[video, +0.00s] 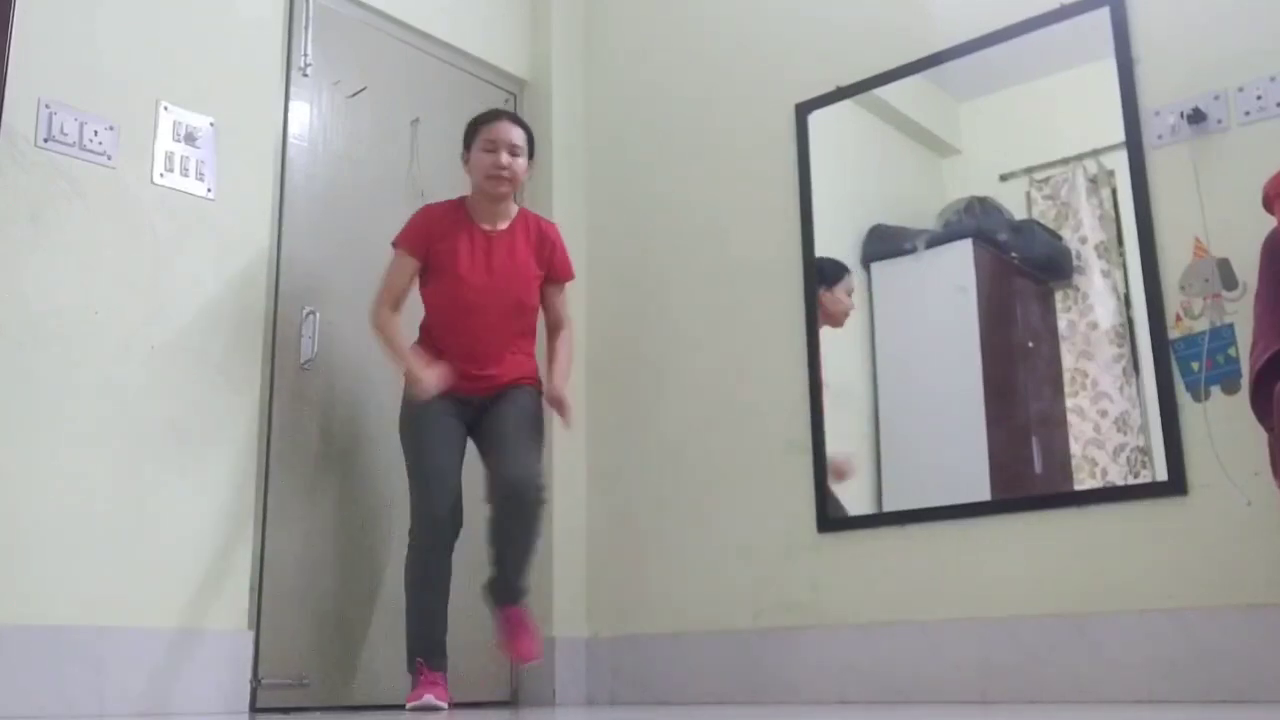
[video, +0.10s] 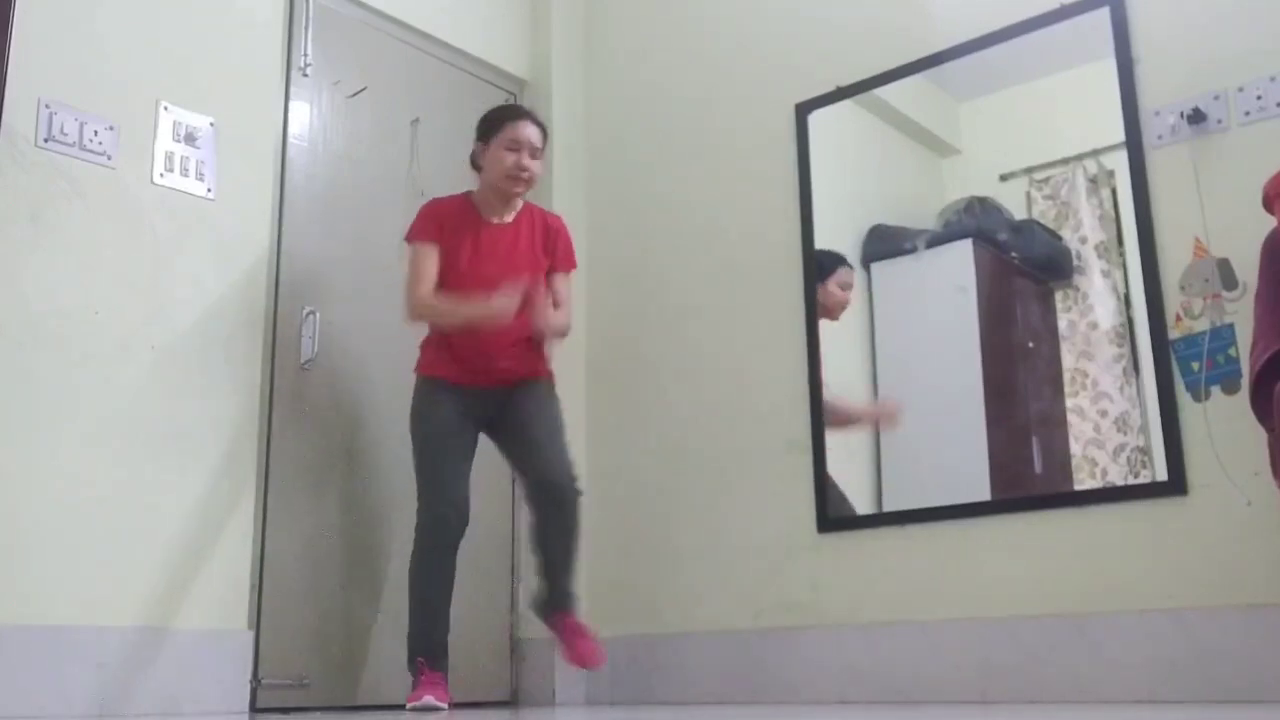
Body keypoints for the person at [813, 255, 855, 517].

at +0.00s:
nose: (852, 305)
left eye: (851, 295)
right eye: (847, 294)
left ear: (825, 295)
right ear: (823, 294)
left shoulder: (809, 340)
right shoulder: (803, 342)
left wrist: (823, 463)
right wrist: (824, 464)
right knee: (838, 520)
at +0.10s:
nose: (849, 298)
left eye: (850, 290)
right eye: (843, 288)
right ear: (817, 286)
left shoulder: (809, 327)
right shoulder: (805, 328)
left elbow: (816, 410)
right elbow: (816, 407)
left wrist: (868, 414)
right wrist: (869, 414)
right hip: (797, 461)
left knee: (846, 520)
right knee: (845, 519)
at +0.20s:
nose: (849, 288)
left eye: (853, 281)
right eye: (843, 277)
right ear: (816, 272)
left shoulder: (816, 315)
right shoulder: (805, 313)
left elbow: (841, 392)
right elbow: (830, 379)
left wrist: (887, 363)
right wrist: (887, 361)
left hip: (809, 454)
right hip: (795, 455)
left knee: (835, 521)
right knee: (833, 520)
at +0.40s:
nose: (863, 280)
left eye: (868, 273)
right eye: (854, 269)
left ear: (872, 275)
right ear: (825, 268)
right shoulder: (820, 296)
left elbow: (866, 385)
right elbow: (865, 360)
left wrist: (915, 352)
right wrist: (921, 342)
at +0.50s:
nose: (874, 277)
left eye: (879, 270)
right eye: (865, 265)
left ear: (883, 272)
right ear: (837, 264)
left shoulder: (829, 301)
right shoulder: (832, 291)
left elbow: (854, 393)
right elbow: (862, 365)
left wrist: (917, 401)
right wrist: (927, 394)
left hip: (814, 441)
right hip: (805, 441)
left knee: (836, 528)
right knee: (835, 528)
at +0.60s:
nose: (883, 276)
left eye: (888, 269)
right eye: (875, 264)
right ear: (846, 260)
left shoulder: (829, 294)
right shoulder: (841, 290)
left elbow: (840, 395)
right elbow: (861, 371)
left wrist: (870, 461)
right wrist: (889, 447)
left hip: (815, 435)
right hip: (807, 434)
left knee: (836, 520)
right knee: (837, 519)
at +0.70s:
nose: (892, 273)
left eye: (897, 266)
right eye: (884, 260)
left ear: (903, 267)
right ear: (855, 257)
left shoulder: (831, 287)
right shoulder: (850, 285)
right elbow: (837, 355)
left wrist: (831, 431)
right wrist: (832, 430)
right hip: (818, 433)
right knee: (837, 521)